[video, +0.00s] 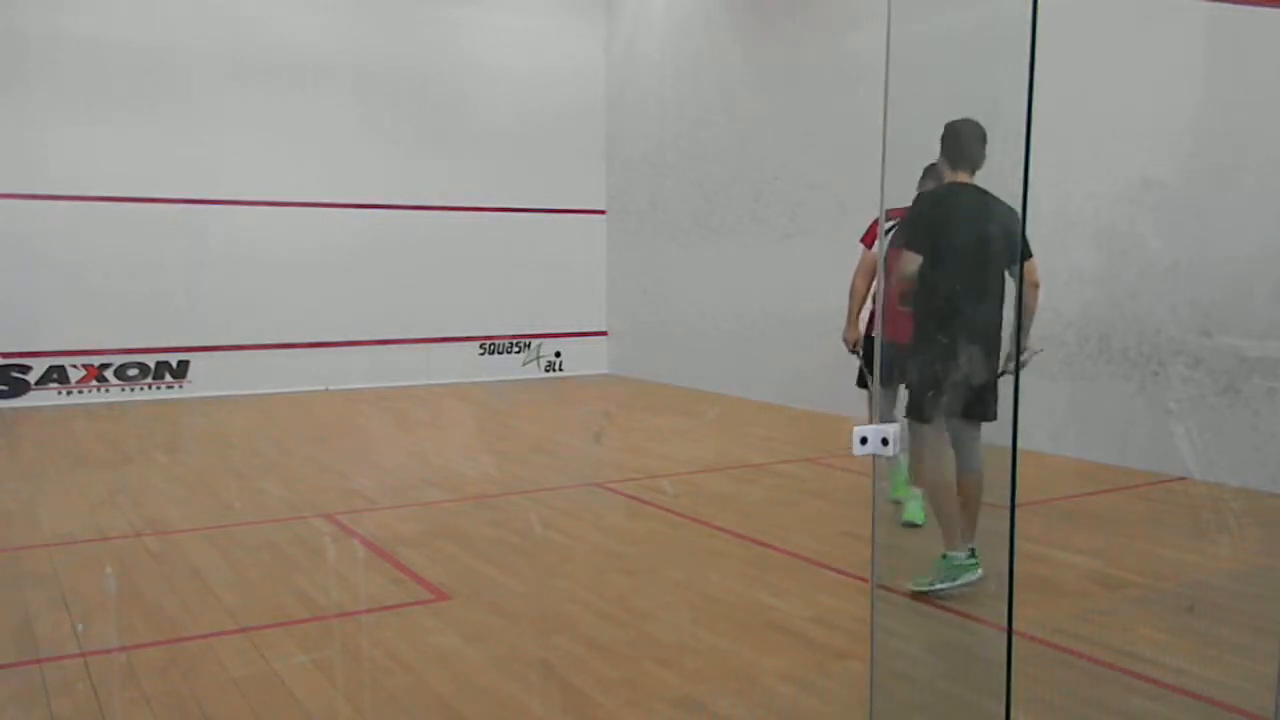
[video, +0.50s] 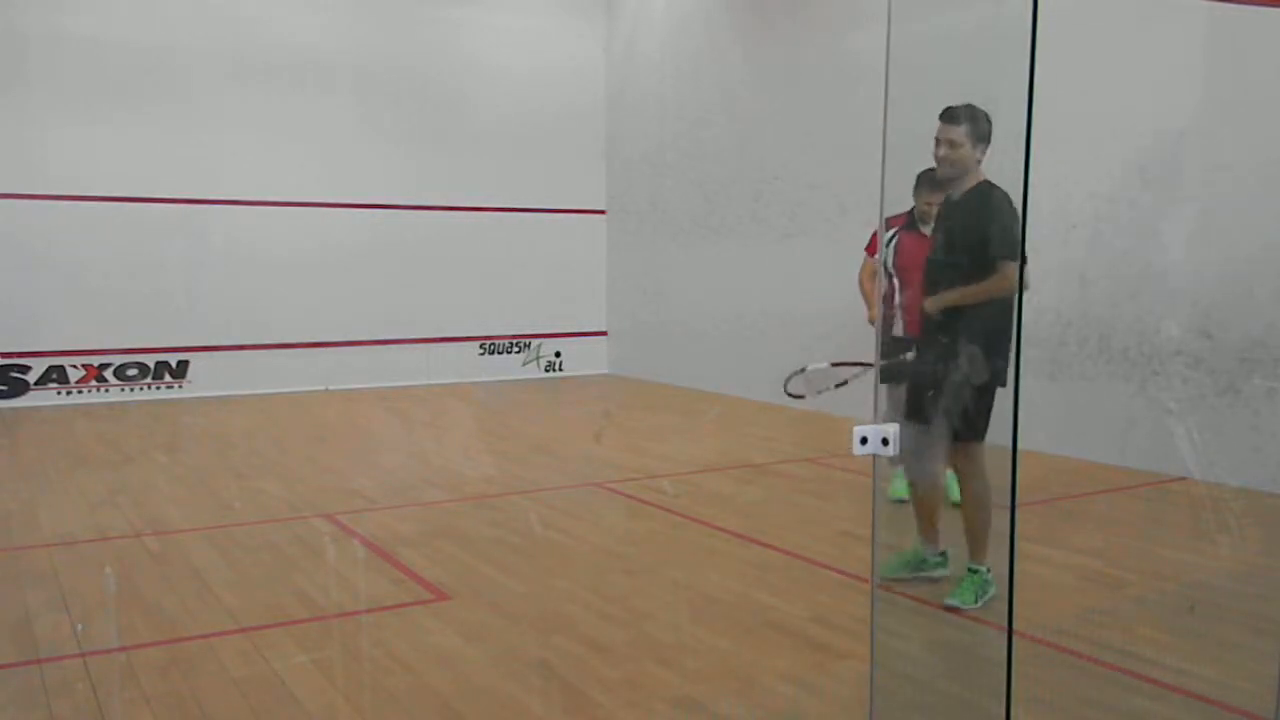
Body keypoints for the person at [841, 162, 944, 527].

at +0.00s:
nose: (931, 196)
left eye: (937, 191)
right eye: (927, 189)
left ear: (948, 194)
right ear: (919, 188)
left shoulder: (953, 231)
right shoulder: (891, 223)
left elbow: (962, 286)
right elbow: (864, 274)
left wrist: (954, 333)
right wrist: (852, 322)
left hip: (929, 339)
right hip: (887, 337)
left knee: (924, 417)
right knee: (882, 411)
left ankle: (916, 489)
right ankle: (898, 478)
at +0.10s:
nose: (928, 202)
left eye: (936, 197)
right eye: (925, 194)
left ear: (946, 199)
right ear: (916, 193)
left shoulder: (952, 234)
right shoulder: (890, 227)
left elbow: (964, 288)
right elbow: (863, 277)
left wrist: (957, 333)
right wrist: (854, 326)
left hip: (932, 341)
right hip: (890, 339)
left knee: (926, 418)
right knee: (888, 412)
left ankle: (917, 490)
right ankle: (898, 479)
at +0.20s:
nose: (927, 215)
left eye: (933, 209)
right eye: (922, 207)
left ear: (943, 208)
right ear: (911, 202)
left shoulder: (950, 240)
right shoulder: (889, 232)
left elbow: (962, 291)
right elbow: (862, 281)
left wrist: (956, 336)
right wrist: (858, 329)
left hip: (934, 345)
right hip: (893, 343)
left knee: (926, 419)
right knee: (891, 413)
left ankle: (919, 487)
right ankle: (898, 475)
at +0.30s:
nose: (927, 218)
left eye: (933, 212)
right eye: (921, 211)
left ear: (942, 209)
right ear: (908, 205)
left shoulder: (948, 238)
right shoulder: (888, 236)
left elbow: (960, 287)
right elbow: (862, 285)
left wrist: (951, 333)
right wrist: (863, 331)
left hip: (935, 344)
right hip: (895, 343)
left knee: (932, 418)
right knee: (892, 414)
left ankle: (925, 483)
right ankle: (898, 477)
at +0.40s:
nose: (928, 215)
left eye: (934, 209)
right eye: (923, 208)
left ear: (942, 206)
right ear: (909, 202)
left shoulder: (949, 236)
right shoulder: (889, 233)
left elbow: (960, 283)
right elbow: (865, 279)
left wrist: (951, 326)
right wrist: (868, 319)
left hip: (936, 341)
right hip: (897, 341)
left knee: (932, 415)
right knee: (895, 410)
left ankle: (935, 481)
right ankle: (898, 472)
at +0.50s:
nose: (932, 212)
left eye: (938, 205)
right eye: (926, 204)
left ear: (948, 203)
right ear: (913, 200)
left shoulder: (955, 234)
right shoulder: (892, 230)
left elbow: (967, 280)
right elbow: (867, 272)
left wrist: (955, 313)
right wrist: (873, 307)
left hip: (942, 335)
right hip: (900, 334)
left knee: (942, 407)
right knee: (899, 406)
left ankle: (947, 470)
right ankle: (901, 471)